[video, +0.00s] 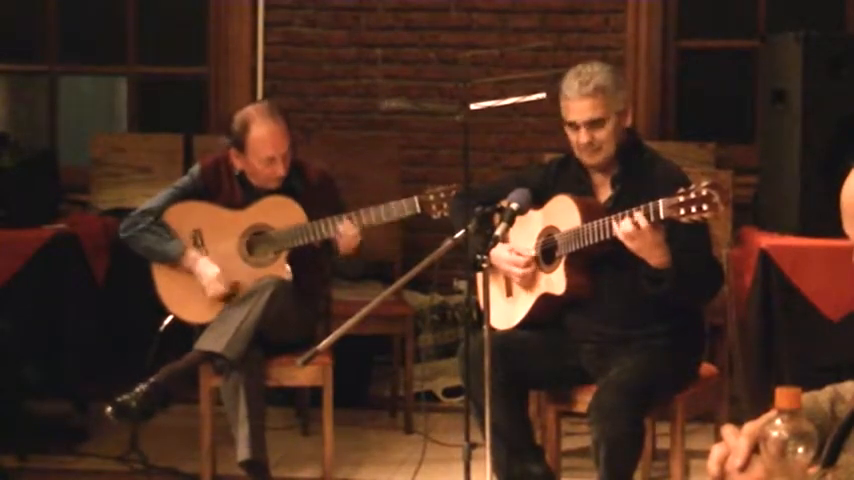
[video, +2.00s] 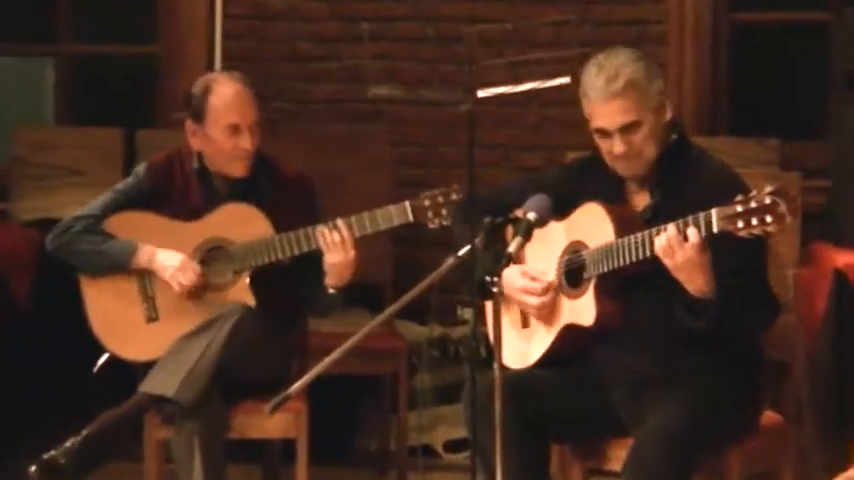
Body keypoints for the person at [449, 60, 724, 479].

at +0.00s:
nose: (585, 138)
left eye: (597, 125)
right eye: (573, 127)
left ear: (624, 117)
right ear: (563, 124)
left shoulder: (666, 183)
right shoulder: (557, 177)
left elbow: (705, 284)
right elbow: (467, 202)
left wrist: (662, 259)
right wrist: (489, 249)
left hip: (652, 344)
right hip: (572, 338)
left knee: (613, 404)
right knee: (484, 352)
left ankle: (613, 474)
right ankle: (525, 471)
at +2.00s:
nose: (618, 147)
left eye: (631, 129)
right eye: (603, 133)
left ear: (664, 113)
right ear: (590, 128)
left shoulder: (715, 187)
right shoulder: (583, 179)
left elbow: (756, 315)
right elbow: (476, 208)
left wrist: (704, 292)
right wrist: (498, 273)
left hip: (700, 378)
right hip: (605, 370)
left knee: (657, 446)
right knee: (500, 393)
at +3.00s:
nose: (656, 158)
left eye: (670, 136)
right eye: (637, 143)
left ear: (704, 113)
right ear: (618, 131)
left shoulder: (761, 198)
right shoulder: (604, 181)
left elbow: (805, 348)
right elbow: (479, 211)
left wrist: (745, 329)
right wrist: (508, 286)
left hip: (736, 406)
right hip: (622, 397)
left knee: (712, 460)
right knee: (499, 428)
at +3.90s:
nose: (663, 144)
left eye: (677, 120)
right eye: (643, 127)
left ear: (714, 101)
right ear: (624, 123)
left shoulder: (775, 195)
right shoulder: (612, 181)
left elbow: (830, 348)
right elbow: (482, 212)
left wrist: (774, 324)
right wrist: (516, 289)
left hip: (744, 421)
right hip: (625, 410)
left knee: (722, 467)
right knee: (501, 436)